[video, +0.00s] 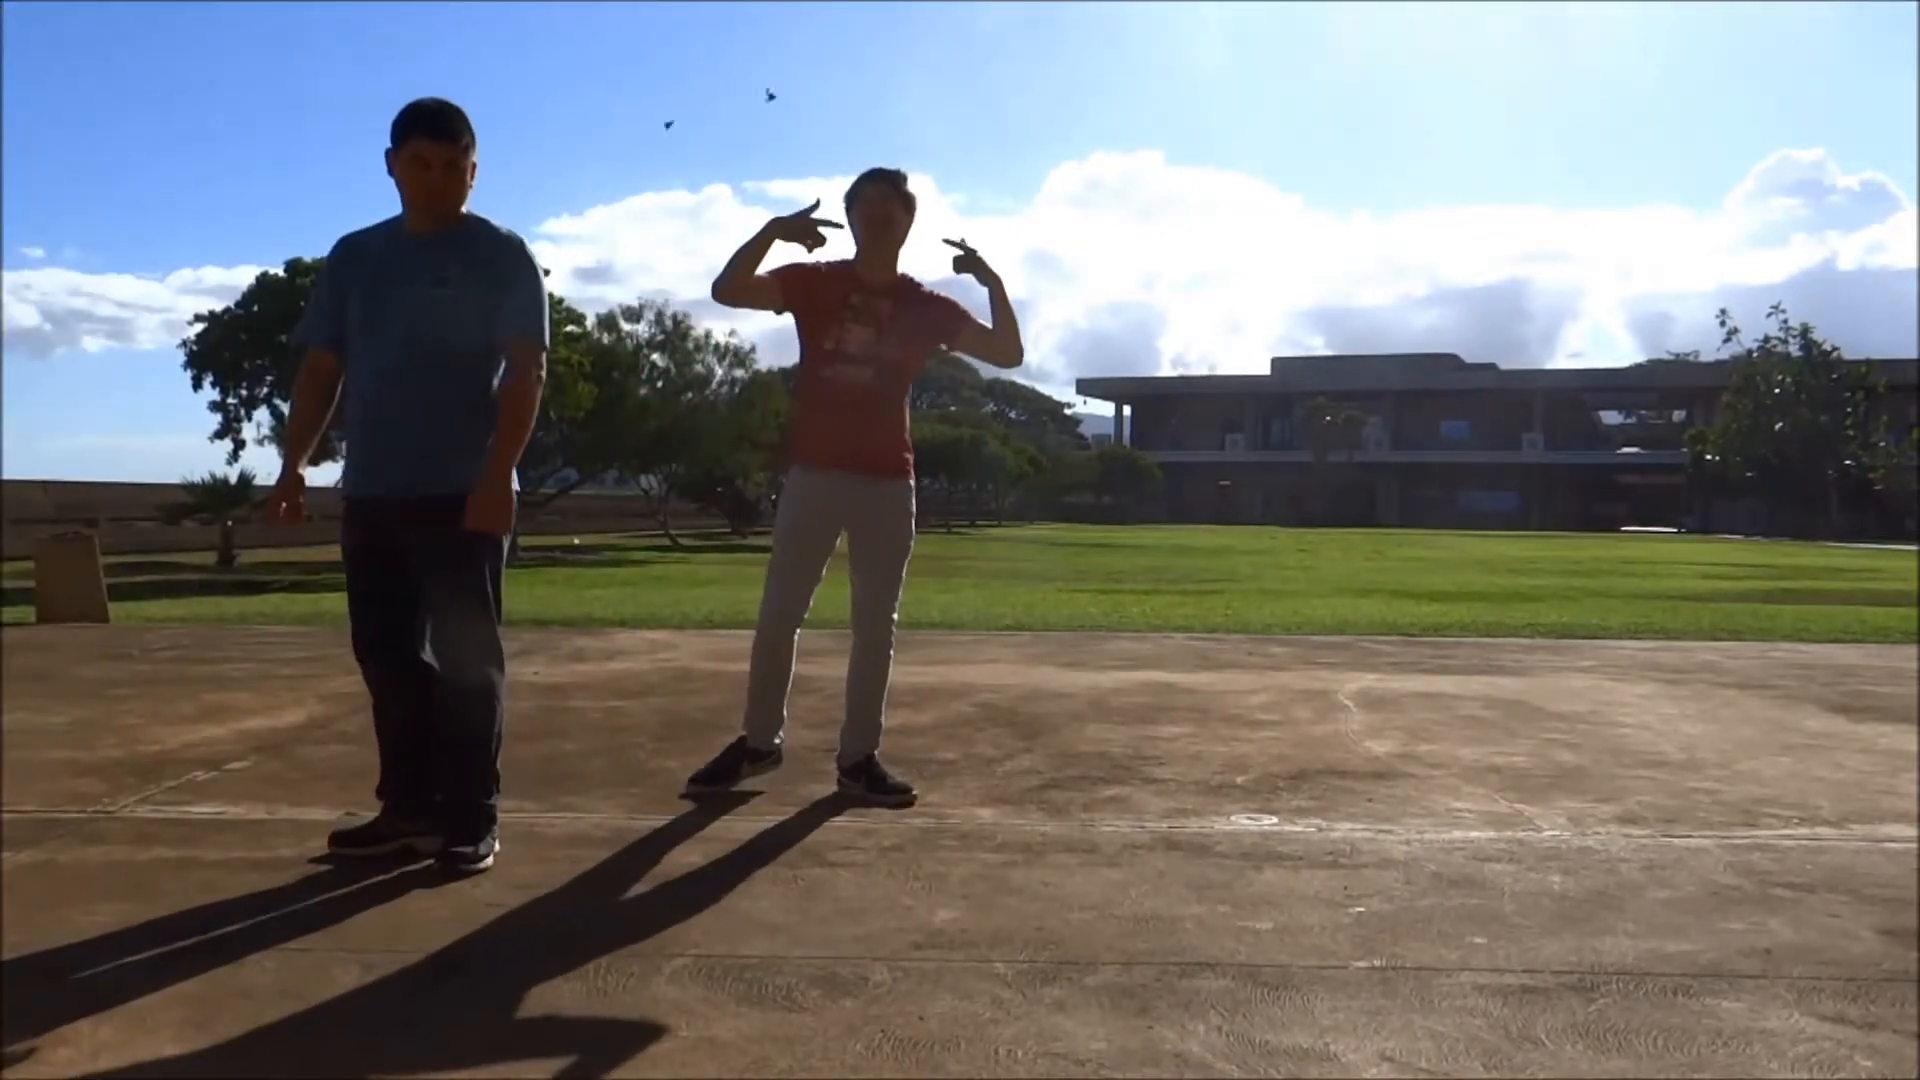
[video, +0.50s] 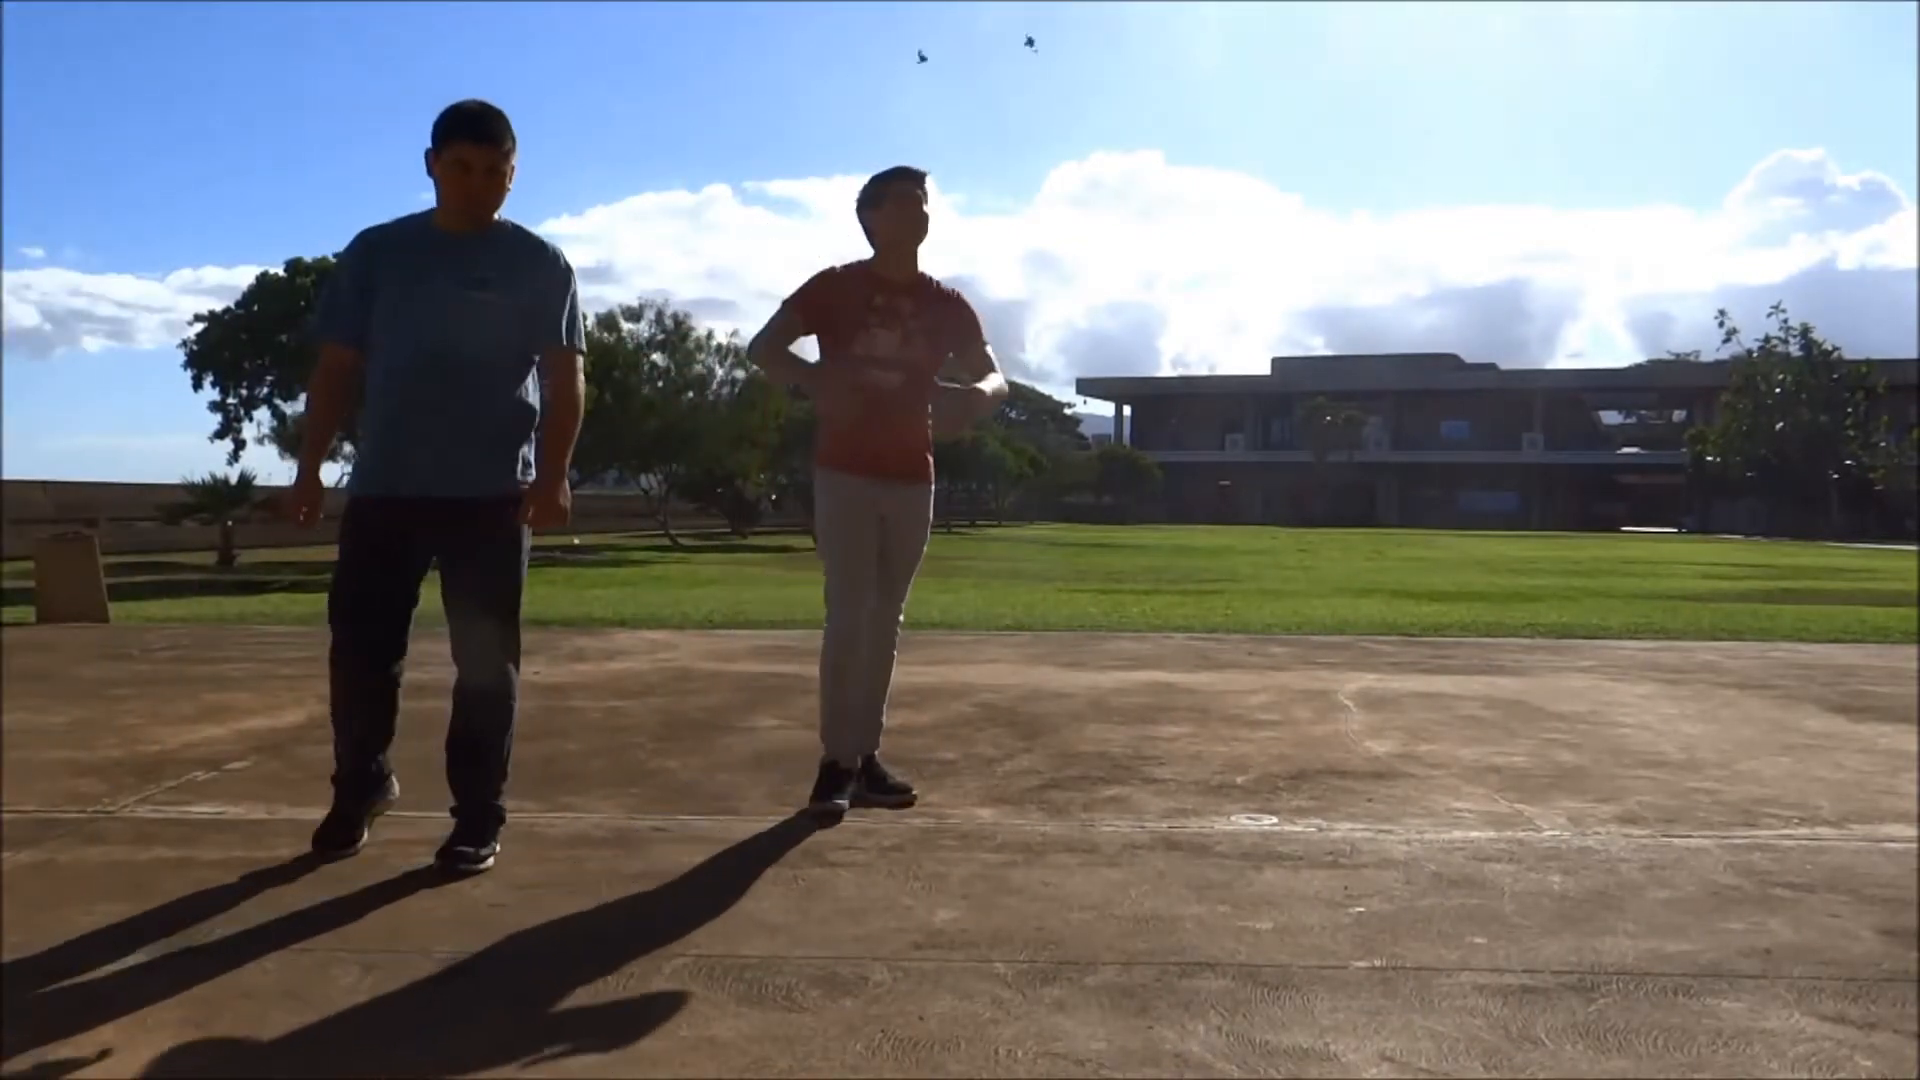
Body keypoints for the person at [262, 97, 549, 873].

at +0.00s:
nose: (439, 178)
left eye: (452, 163)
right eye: (422, 164)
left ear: (473, 168)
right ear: (393, 166)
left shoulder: (503, 256)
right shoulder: (354, 257)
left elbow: (525, 370)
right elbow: (321, 368)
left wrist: (498, 476)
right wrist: (294, 463)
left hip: (466, 491)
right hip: (375, 491)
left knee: (467, 659)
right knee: (387, 658)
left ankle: (472, 823)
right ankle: (407, 811)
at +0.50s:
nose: (482, 182)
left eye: (494, 168)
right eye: (464, 167)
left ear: (513, 169)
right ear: (434, 166)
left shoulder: (541, 266)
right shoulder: (376, 253)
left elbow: (563, 381)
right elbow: (335, 368)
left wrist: (554, 476)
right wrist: (311, 469)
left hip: (489, 491)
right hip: (387, 487)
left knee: (486, 663)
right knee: (359, 645)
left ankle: (477, 820)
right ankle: (360, 782)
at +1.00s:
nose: (426, 183)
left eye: (434, 169)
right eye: (410, 168)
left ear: (442, 176)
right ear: (368, 169)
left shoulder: (463, 266)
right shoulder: (311, 255)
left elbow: (502, 362)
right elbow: (251, 350)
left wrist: (533, 419)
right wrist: (274, 370)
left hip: (444, 493)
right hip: (344, 497)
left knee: (457, 658)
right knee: (334, 661)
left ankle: (477, 816)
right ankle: (329, 811)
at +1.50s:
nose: (393, 180)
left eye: (403, 169)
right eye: (377, 166)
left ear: (414, 179)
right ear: (339, 171)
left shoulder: (427, 266)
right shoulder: (287, 256)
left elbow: (485, 353)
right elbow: (217, 345)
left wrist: (516, 288)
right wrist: (249, 251)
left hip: (411, 487)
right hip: (315, 492)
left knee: (406, 652)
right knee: (324, 655)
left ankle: (385, 797)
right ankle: (330, 806)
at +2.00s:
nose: (454, 209)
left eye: (462, 196)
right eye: (440, 193)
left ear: (470, 200)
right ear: (401, 187)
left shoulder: (468, 273)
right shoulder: (341, 259)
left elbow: (521, 354)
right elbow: (270, 340)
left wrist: (538, 283)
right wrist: (311, 254)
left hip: (449, 490)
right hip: (360, 493)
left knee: (487, 636)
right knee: (349, 655)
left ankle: (518, 776)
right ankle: (333, 804)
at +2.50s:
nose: (569, 232)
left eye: (576, 219)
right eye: (561, 217)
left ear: (575, 217)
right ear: (522, 204)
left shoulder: (577, 294)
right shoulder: (451, 274)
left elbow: (606, 367)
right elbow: (402, 364)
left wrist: (692, 336)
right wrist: (393, 307)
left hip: (564, 491)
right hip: (486, 491)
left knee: (556, 641)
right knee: (479, 640)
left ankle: (535, 780)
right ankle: (441, 797)